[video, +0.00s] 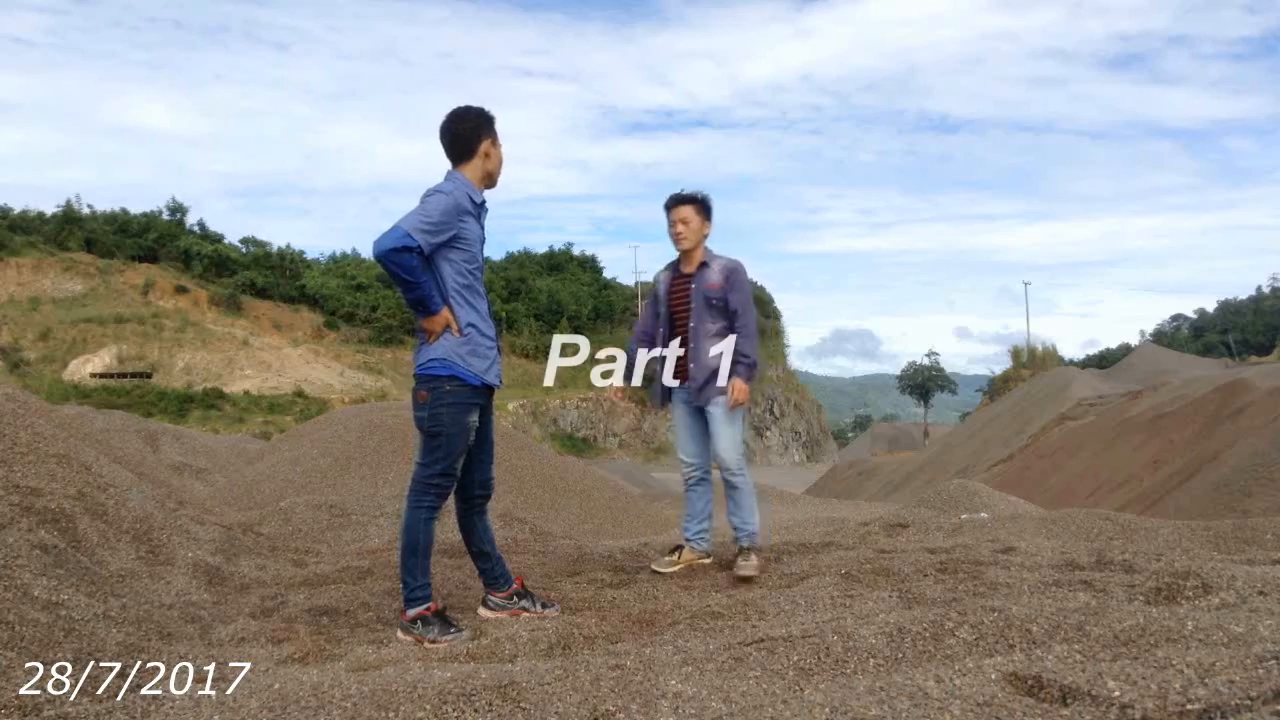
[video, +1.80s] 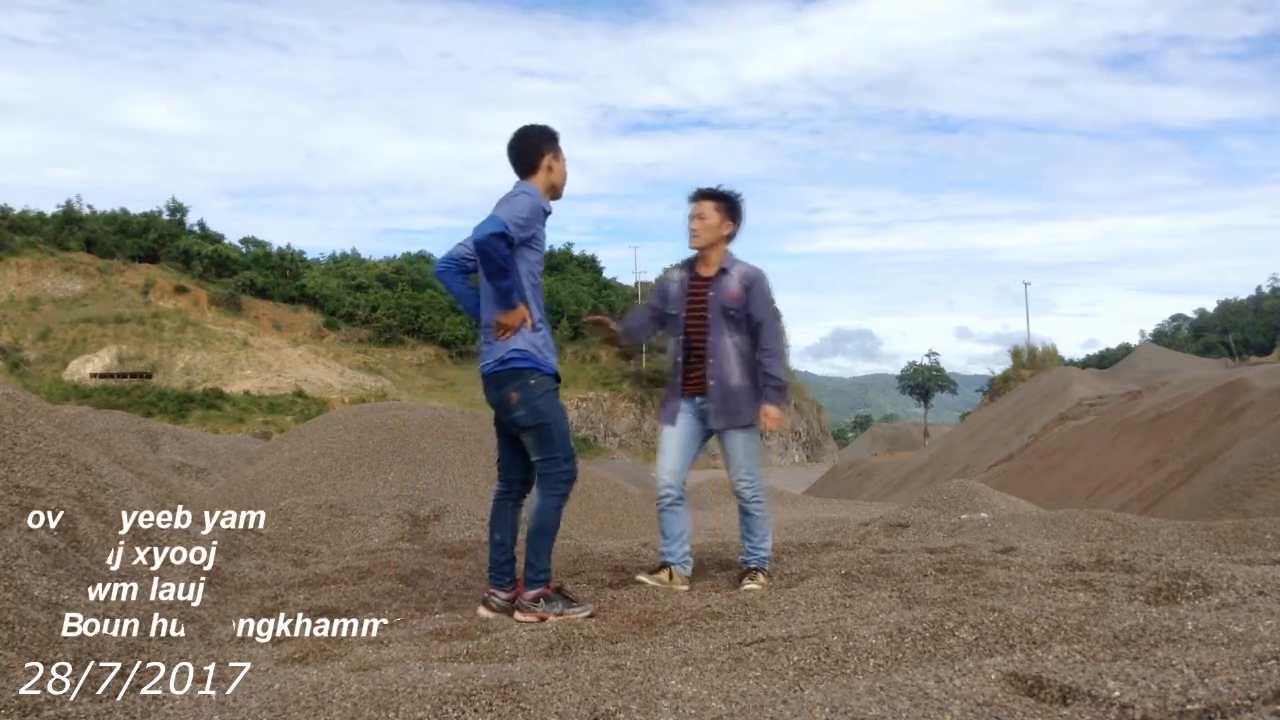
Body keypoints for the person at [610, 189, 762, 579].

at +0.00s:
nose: (678, 230)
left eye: (686, 223)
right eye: (673, 224)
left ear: (706, 226)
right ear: (669, 230)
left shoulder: (728, 271)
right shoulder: (665, 279)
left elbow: (746, 327)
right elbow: (645, 333)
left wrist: (742, 374)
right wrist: (627, 375)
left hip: (721, 385)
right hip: (680, 388)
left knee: (730, 465)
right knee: (693, 469)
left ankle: (747, 546)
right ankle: (696, 546)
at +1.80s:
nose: (692, 225)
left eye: (701, 218)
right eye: (691, 218)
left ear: (728, 227)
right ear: (692, 224)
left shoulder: (749, 280)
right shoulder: (674, 279)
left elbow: (771, 342)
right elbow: (648, 319)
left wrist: (773, 398)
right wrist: (619, 331)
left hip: (734, 402)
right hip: (684, 402)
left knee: (746, 486)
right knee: (667, 484)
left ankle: (755, 566)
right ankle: (676, 568)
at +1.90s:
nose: (677, 223)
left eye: (687, 216)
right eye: (677, 216)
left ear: (713, 225)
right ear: (677, 222)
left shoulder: (735, 277)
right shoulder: (657, 277)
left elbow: (755, 337)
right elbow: (620, 308)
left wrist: (756, 387)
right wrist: (587, 296)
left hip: (722, 401)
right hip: (672, 403)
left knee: (740, 485)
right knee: (659, 486)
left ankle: (756, 564)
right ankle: (675, 568)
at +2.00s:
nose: (661, 217)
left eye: (670, 210)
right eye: (659, 210)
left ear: (697, 218)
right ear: (658, 217)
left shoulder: (722, 273)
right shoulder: (637, 266)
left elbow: (742, 331)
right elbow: (590, 271)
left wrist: (739, 376)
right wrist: (548, 251)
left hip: (710, 397)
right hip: (660, 400)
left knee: (732, 480)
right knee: (658, 487)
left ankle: (754, 562)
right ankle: (675, 569)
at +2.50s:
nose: (624, 212)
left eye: (634, 203)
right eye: (621, 205)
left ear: (661, 210)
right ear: (619, 213)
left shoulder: (690, 262)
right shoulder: (606, 264)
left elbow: (718, 321)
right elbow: (568, 296)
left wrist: (744, 373)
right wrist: (540, 311)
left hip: (688, 383)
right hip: (639, 392)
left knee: (702, 467)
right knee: (652, 483)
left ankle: (717, 549)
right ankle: (666, 567)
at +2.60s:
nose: (626, 211)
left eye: (635, 203)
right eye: (623, 205)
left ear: (662, 210)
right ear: (621, 212)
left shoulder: (692, 263)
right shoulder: (607, 266)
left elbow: (720, 324)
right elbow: (587, 321)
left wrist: (745, 374)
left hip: (686, 386)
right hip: (637, 393)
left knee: (694, 473)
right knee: (651, 483)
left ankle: (701, 559)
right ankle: (665, 566)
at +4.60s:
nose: (686, 216)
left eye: (695, 208)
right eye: (682, 209)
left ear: (721, 210)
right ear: (679, 212)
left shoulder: (738, 265)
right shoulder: (672, 266)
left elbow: (727, 329)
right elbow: (646, 322)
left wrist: (704, 382)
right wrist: (623, 374)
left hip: (709, 395)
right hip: (662, 392)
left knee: (703, 484)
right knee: (643, 474)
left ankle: (692, 574)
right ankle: (690, 546)